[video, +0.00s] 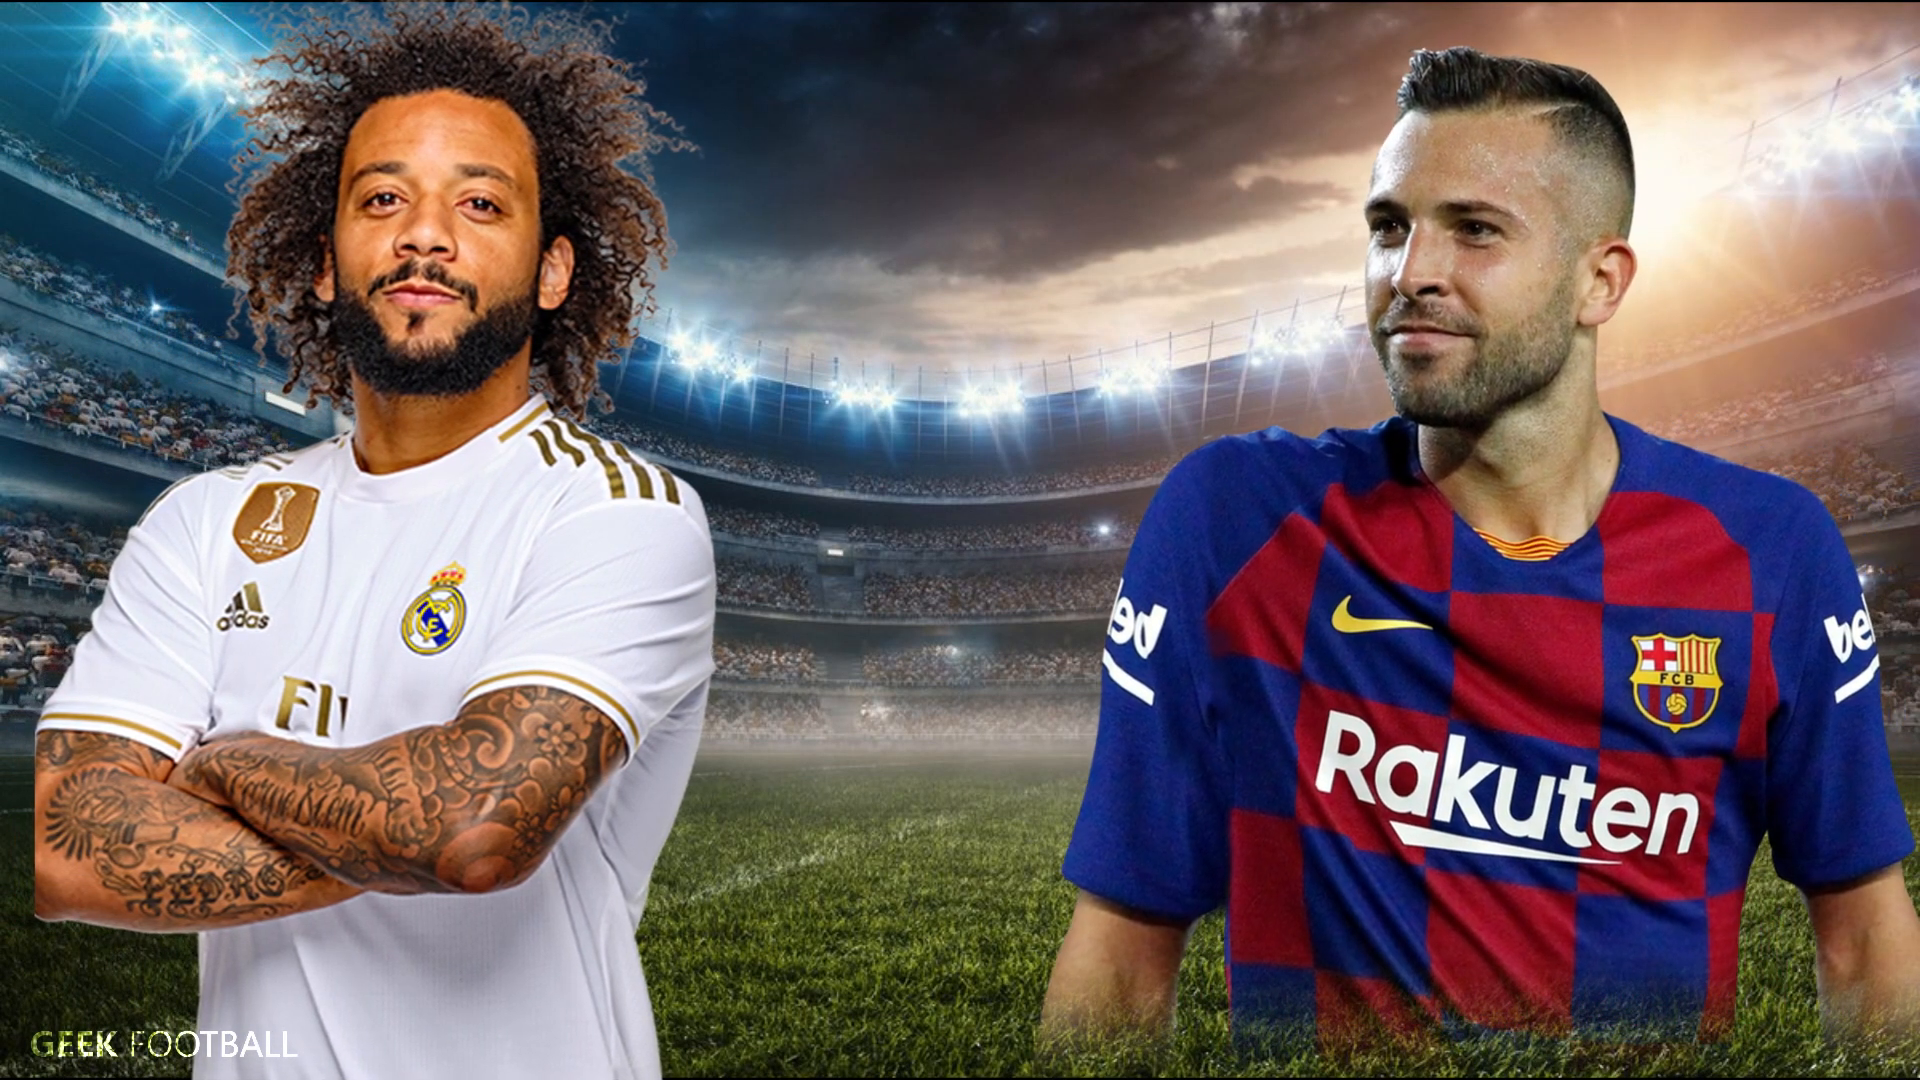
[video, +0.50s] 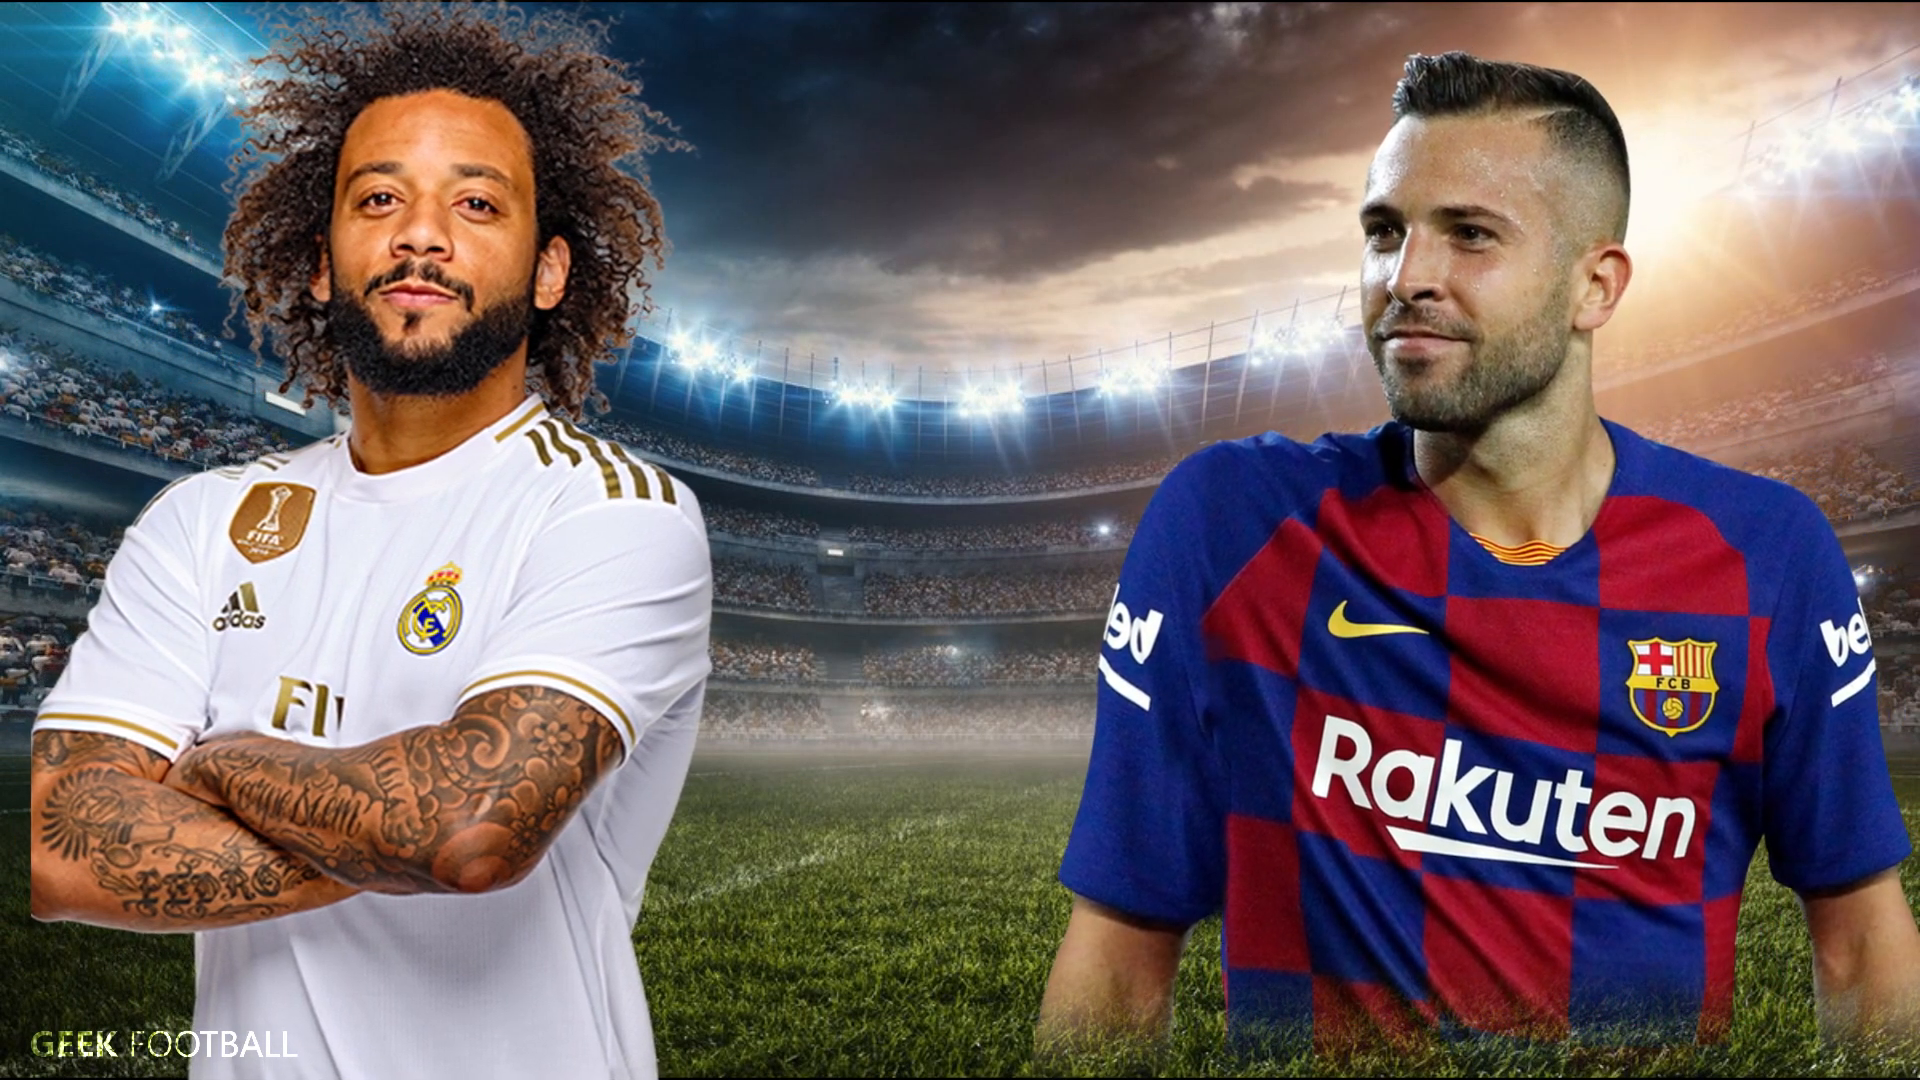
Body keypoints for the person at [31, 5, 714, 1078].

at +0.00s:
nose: (426, 238)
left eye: (482, 203)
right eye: (383, 199)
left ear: (549, 273)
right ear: (329, 260)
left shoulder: (624, 518)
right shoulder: (203, 523)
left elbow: (478, 825)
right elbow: (77, 856)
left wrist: (214, 761)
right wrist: (400, 829)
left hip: (535, 1063)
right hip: (256, 1063)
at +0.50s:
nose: (422, 238)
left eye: (478, 204)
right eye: (379, 199)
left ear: (546, 273)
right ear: (325, 260)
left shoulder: (621, 518)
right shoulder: (201, 522)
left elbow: (475, 825)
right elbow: (73, 856)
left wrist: (210, 761)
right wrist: (396, 829)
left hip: (531, 1063)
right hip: (252, 1062)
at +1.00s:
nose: (415, 238)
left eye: (471, 204)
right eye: (372, 199)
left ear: (539, 273)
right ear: (319, 259)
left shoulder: (614, 517)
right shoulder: (194, 522)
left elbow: (468, 825)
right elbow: (67, 857)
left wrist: (205, 760)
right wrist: (389, 830)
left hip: (526, 1064)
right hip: (246, 1063)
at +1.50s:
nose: (406, 238)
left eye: (461, 203)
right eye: (362, 199)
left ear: (529, 273)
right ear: (309, 260)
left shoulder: (603, 517)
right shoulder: (184, 523)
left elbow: (460, 824)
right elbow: (51, 853)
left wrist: (193, 761)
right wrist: (378, 829)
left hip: (515, 1064)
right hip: (234, 1063)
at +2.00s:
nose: (393, 238)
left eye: (448, 204)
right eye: (349, 199)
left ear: (517, 273)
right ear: (296, 260)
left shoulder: (591, 518)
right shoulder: (171, 522)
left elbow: (446, 825)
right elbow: (33, 850)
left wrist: (182, 759)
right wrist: (362, 830)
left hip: (501, 1063)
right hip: (220, 1061)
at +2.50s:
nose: (363, 237)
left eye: (418, 203)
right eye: (320, 200)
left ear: (487, 271)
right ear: (268, 259)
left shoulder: (562, 518)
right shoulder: (141, 520)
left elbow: (416, 823)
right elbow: (20, 852)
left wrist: (161, 760)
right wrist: (332, 830)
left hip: (473, 1062)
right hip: (193, 1061)